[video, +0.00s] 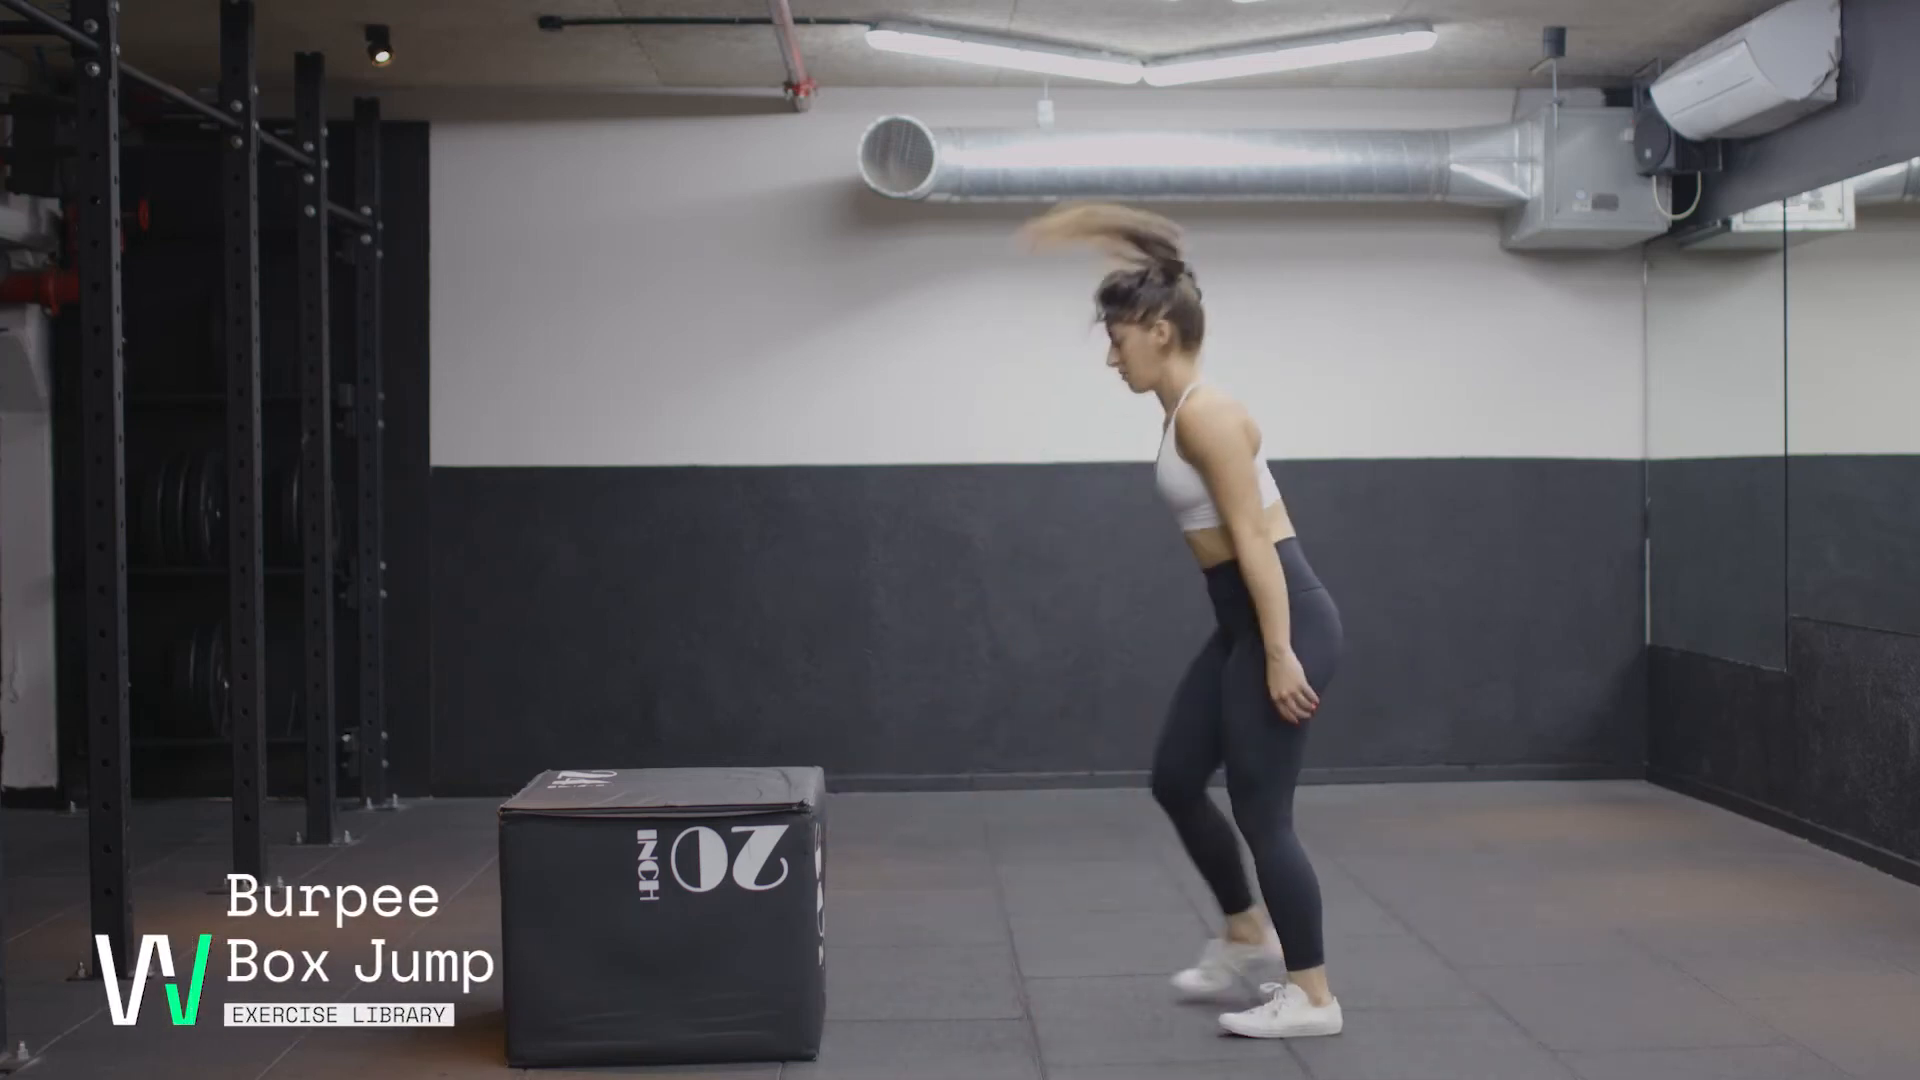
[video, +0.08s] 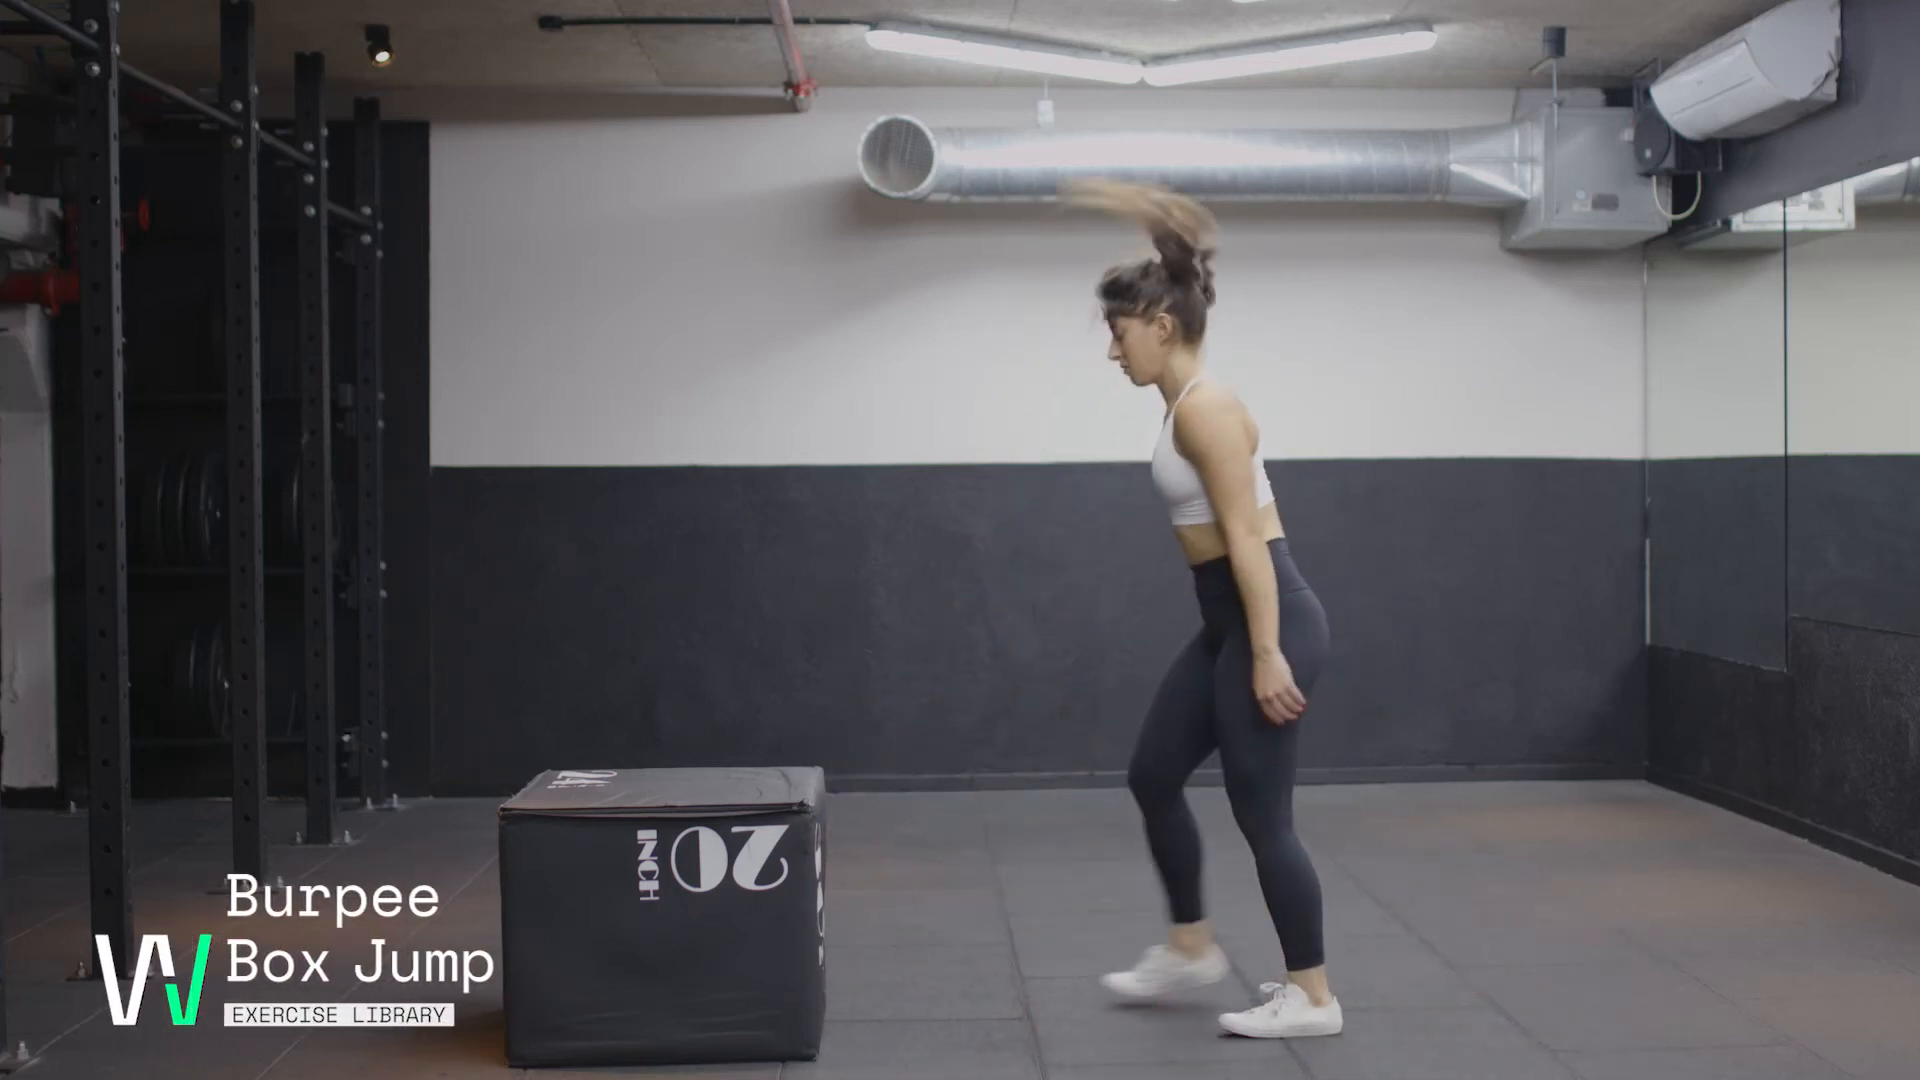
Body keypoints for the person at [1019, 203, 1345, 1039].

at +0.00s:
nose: (1109, 352)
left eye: (1117, 336)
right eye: (1108, 337)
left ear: (1163, 331)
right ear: (1151, 334)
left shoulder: (1209, 418)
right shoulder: (1183, 417)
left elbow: (1257, 539)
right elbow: (1238, 540)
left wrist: (1278, 653)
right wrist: (1254, 641)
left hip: (1279, 624)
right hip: (1243, 623)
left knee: (1263, 812)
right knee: (1177, 779)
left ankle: (1312, 995)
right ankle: (1250, 941)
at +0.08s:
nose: (1112, 349)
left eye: (1120, 331)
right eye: (1110, 333)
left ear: (1163, 326)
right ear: (1161, 328)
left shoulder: (1205, 413)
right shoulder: (1184, 411)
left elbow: (1246, 535)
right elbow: (1236, 530)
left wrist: (1267, 650)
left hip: (1263, 625)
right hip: (1228, 623)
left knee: (1262, 813)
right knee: (1154, 775)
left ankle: (1312, 992)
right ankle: (1191, 947)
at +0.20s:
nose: (1098, 354)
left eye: (1105, 337)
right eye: (1097, 338)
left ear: (1151, 332)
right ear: (1145, 333)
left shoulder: (1184, 416)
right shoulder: (1179, 407)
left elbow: (1216, 545)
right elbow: (1210, 539)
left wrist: (1220, 665)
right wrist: (1215, 653)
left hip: (1246, 628)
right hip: (1213, 620)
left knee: (1250, 819)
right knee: (1137, 784)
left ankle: (1310, 994)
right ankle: (1098, 957)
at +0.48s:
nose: (989, 365)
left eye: (996, 347)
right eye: (987, 349)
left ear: (1039, 344)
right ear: (1040, 345)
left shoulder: (1075, 416)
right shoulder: (1086, 407)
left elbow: (1146, 511)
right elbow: (1165, 481)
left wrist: (1165, 634)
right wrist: (1158, 585)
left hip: (1143, 632)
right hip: (1121, 630)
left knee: (1165, 819)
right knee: (1080, 806)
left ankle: (1288, 968)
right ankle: (1037, 969)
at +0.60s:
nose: (929, 372)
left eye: (936, 354)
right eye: (928, 356)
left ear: (977, 348)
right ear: (979, 350)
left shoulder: (1024, 411)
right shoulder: (1022, 412)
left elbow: (1136, 457)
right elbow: (1118, 462)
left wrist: (1181, 570)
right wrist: (1145, 553)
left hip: (1122, 623)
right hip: (1091, 625)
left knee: (1081, 802)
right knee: (1063, 799)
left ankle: (1216, 938)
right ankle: (1037, 970)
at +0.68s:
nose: (892, 380)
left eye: (899, 362)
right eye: (890, 364)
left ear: (942, 355)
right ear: (941, 359)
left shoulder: (991, 414)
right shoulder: (988, 415)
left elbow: (1113, 441)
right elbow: (1094, 447)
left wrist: (1172, 538)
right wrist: (1124, 531)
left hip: (1107, 618)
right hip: (1084, 617)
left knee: (1055, 792)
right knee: (1050, 792)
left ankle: (1139, 960)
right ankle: (1036, 968)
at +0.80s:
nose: (846, 408)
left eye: (852, 390)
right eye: (844, 392)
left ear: (893, 383)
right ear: (892, 385)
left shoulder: (952, 440)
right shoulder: (940, 446)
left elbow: (1069, 488)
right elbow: (1066, 486)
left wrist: (1114, 598)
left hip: (1076, 623)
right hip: (1058, 626)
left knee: (1015, 793)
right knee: (1009, 790)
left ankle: (1038, 991)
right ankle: (1027, 977)